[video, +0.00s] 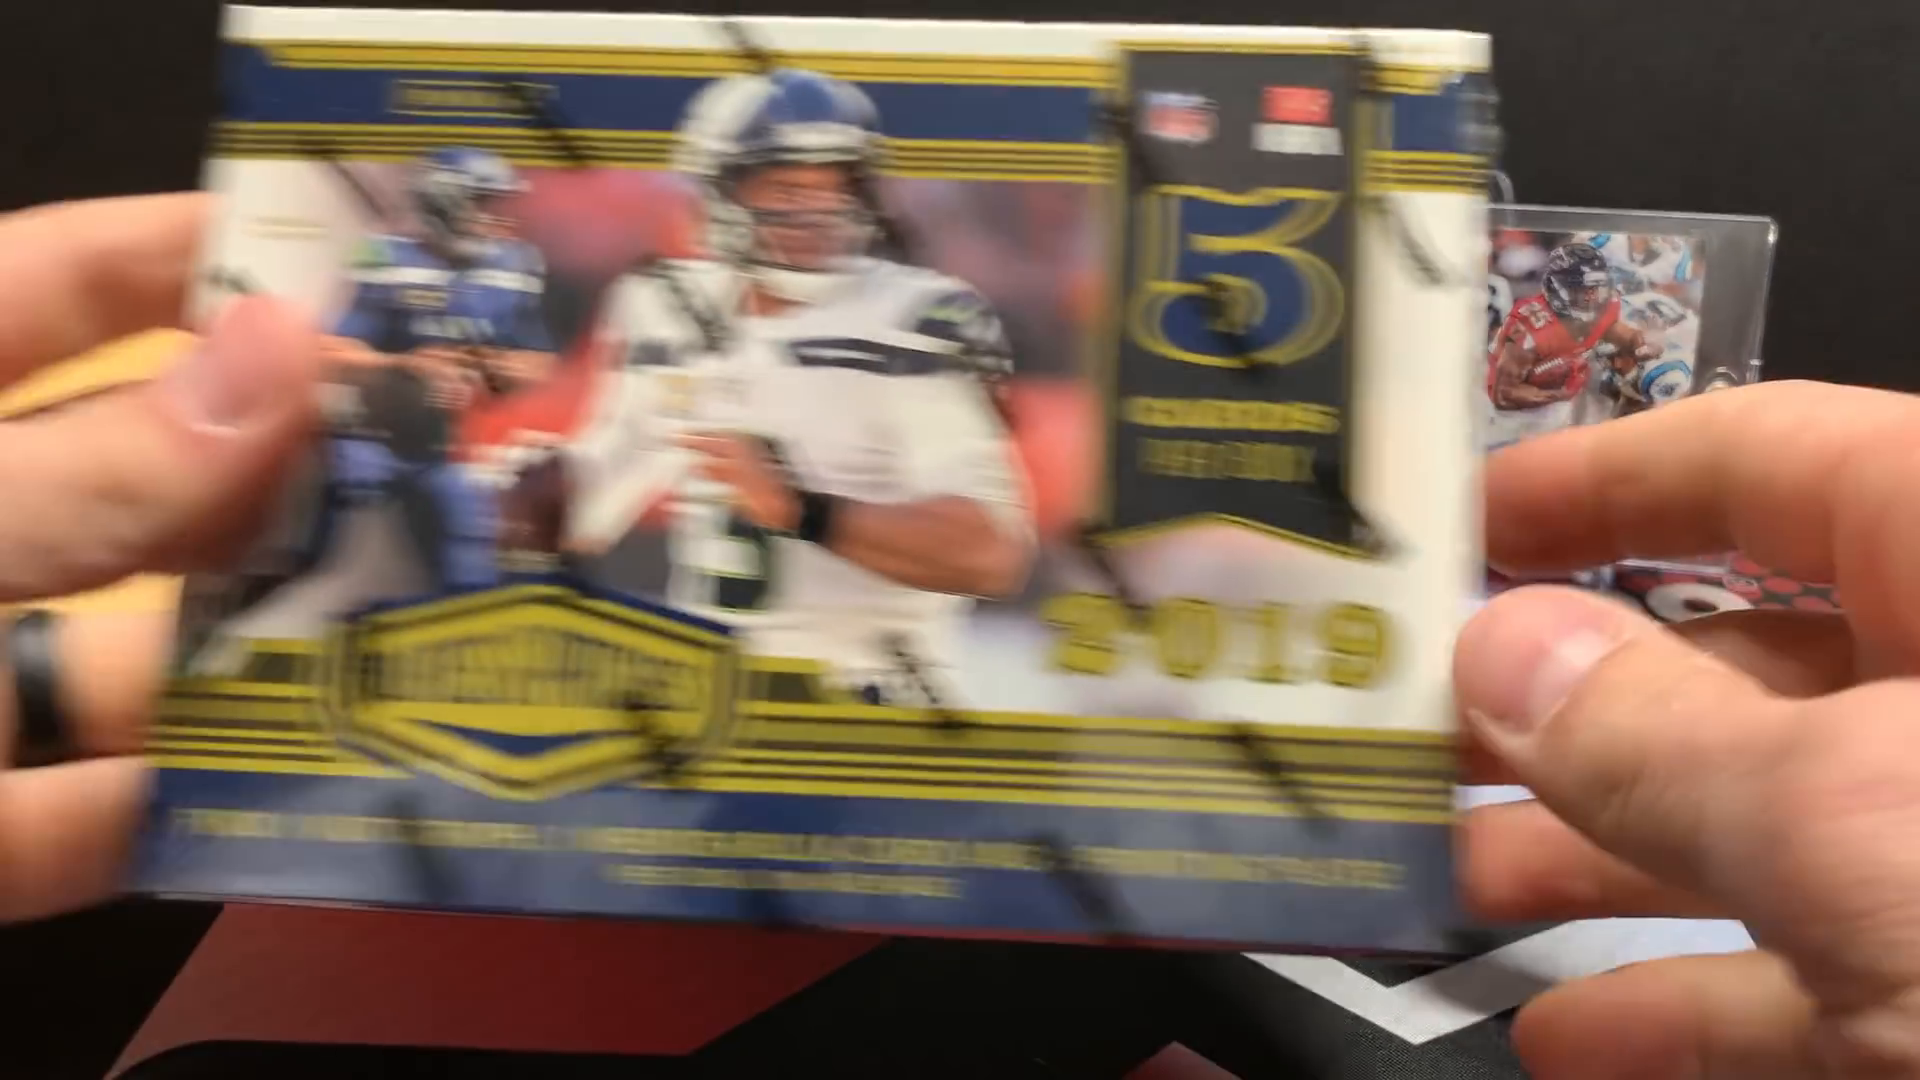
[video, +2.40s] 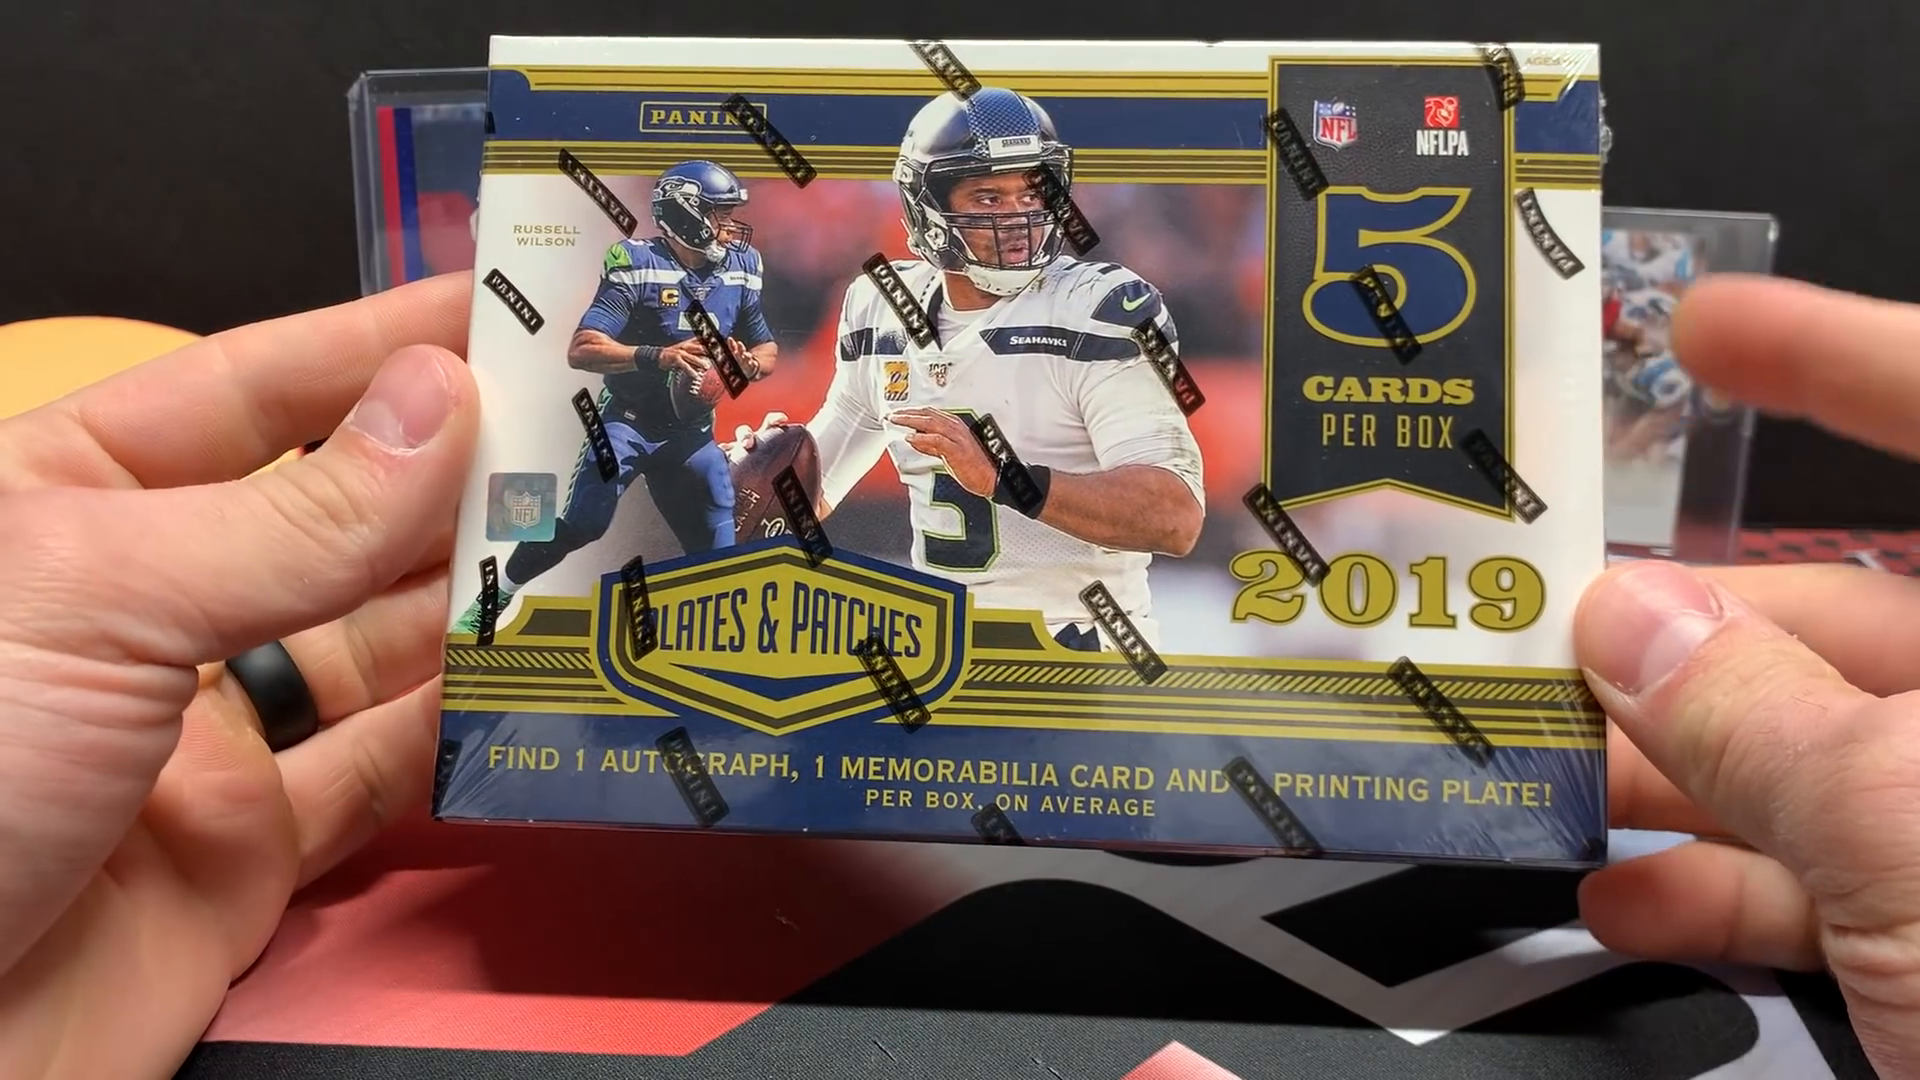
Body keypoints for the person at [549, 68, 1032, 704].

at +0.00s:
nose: (814, 210)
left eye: (835, 185)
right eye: (784, 185)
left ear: (864, 196)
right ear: (724, 192)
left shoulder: (925, 325)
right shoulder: (663, 314)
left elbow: (994, 551)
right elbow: (590, 499)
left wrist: (807, 511)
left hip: (884, 717)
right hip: (709, 702)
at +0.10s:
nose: (1018, 245)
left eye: (1035, 220)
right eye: (987, 223)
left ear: (1060, 226)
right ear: (925, 233)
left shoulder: (1115, 353)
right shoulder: (873, 340)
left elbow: (1184, 574)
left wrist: (1005, 530)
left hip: (1085, 727)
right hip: (923, 713)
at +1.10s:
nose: (993, 208)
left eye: (1006, 185)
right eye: (964, 190)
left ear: (1027, 187)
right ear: (908, 201)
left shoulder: (1079, 296)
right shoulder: (859, 294)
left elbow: (1149, 495)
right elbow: (784, 476)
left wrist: (991, 461)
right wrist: (753, 447)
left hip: (1063, 640)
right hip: (916, 635)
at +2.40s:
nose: (1018, 216)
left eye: (1031, 193)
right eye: (988, 198)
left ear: (1051, 196)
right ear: (929, 209)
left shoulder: (1103, 309)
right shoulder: (880, 305)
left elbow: (1173, 514)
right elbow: (807, 490)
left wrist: (1012, 480)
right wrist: (774, 465)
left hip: (1088, 655)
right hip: (938, 648)